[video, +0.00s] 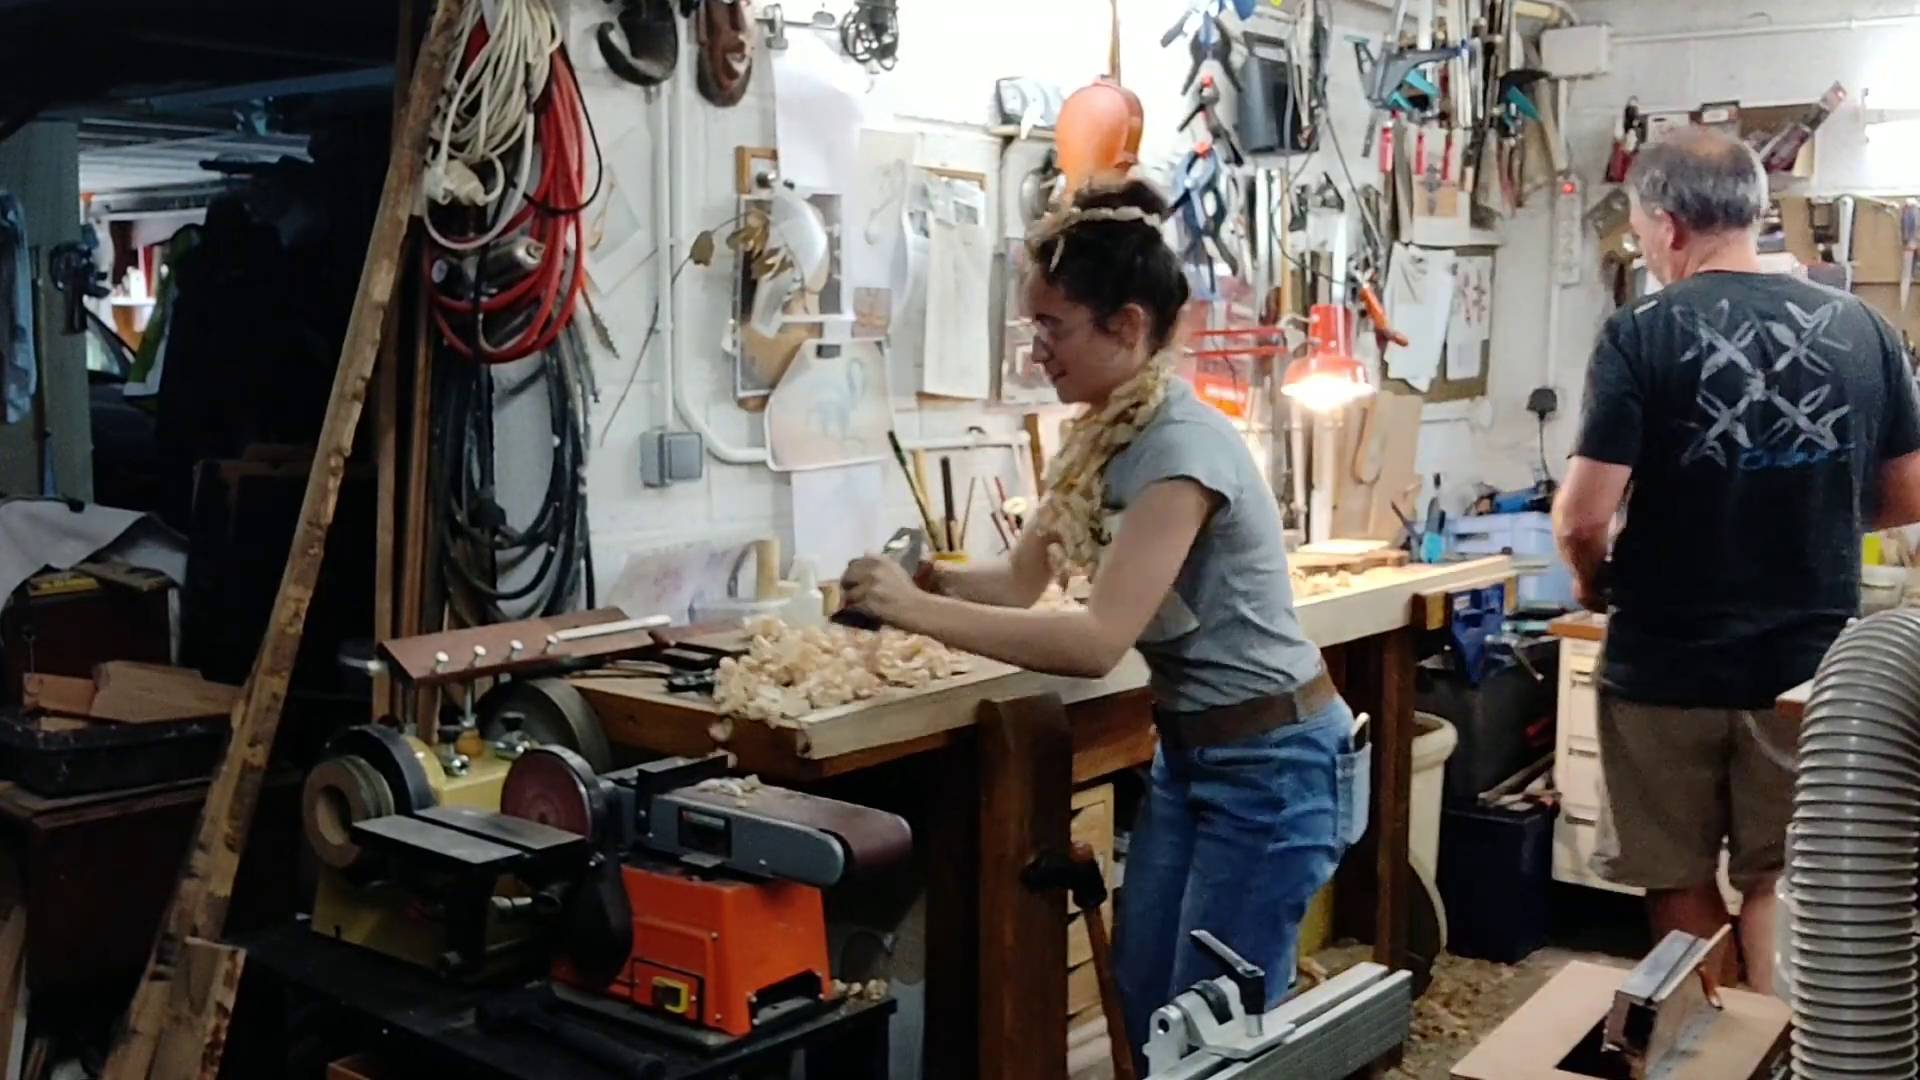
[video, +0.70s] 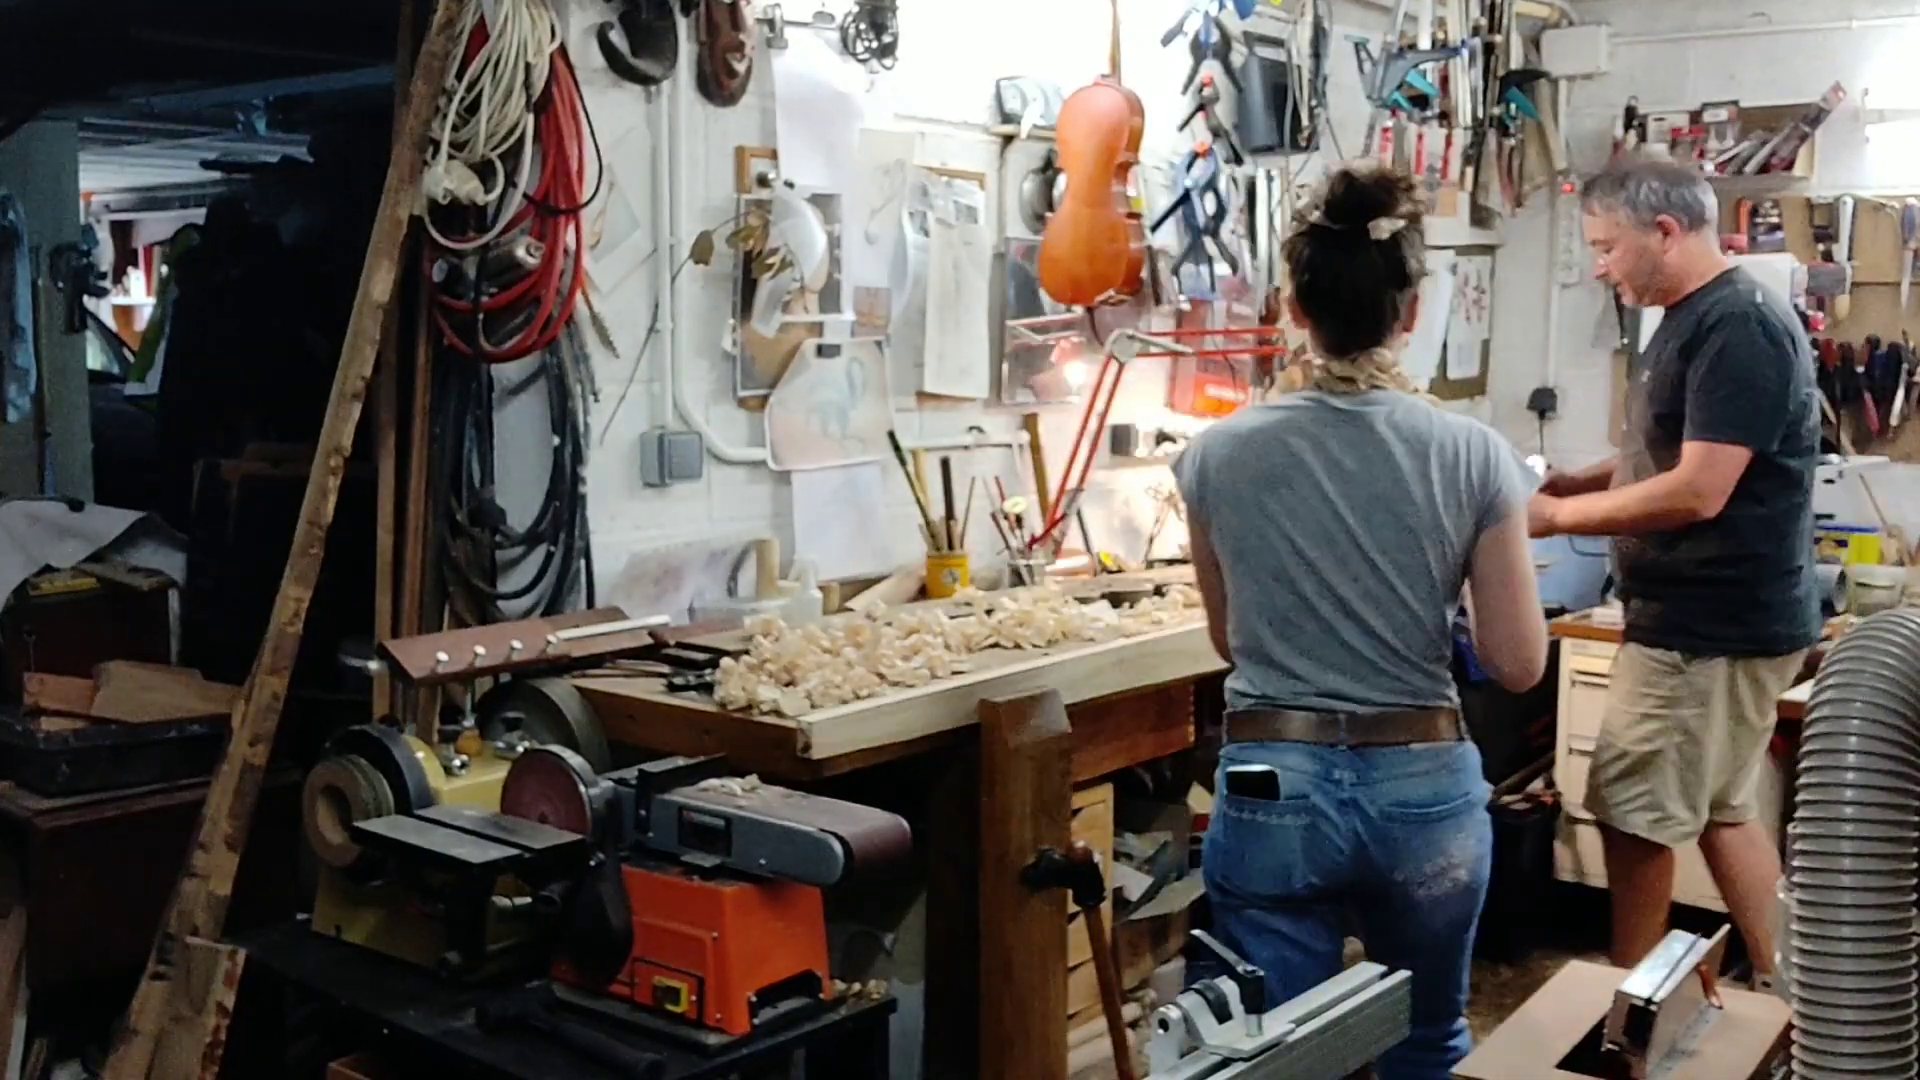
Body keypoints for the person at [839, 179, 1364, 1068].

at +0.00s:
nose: (1035, 350)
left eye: (1051, 328)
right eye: (1032, 328)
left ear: (1128, 326)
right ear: (1111, 329)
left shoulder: (1182, 446)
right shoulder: (1099, 444)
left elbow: (1096, 642)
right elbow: (1019, 583)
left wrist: (918, 608)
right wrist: (921, 582)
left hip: (1273, 763)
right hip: (1185, 757)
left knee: (1210, 1029)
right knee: (1139, 1007)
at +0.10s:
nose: (1058, 329)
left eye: (1070, 309)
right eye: (1058, 307)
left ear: (1138, 311)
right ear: (1139, 313)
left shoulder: (1201, 441)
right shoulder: (1162, 426)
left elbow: (1143, 659)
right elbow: (1127, 584)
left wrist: (978, 591)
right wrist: (1008, 563)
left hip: (1263, 766)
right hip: (1214, 758)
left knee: (1223, 1030)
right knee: (1144, 997)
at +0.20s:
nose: (1092, 330)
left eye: (1096, 307)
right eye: (1090, 308)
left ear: (1142, 312)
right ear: (1211, 309)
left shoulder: (1199, 448)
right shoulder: (1255, 412)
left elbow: (1163, 680)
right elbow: (1234, 601)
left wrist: (1011, 594)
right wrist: (1098, 565)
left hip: (1262, 795)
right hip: (1315, 767)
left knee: (1199, 1046)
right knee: (1162, 1005)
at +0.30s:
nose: (1137, 322)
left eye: (1138, 302)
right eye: (1135, 301)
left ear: (1162, 309)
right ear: (1259, 307)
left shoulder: (1185, 460)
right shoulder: (1324, 434)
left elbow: (1167, 680)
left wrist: (1042, 589)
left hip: (1266, 797)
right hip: (1369, 771)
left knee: (1213, 1044)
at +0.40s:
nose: (1172, 304)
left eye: (1173, 285)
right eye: (1171, 285)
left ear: (1190, 295)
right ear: (1302, 295)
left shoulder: (1174, 449)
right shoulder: (1381, 426)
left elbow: (1157, 668)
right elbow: (1425, 618)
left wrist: (1080, 567)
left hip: (1262, 792)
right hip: (1391, 774)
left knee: (1229, 1047)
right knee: (1287, 1022)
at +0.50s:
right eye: (1351, 284)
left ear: (1228, 299)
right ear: (1349, 299)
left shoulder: (1172, 451)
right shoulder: (1422, 437)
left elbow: (1156, 653)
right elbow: (1473, 638)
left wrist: (1224, 574)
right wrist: (1391, 605)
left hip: (1255, 795)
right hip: (1402, 782)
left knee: (1245, 1051)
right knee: (1364, 1037)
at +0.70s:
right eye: (1415, 302)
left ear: (1294, 312)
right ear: (1410, 313)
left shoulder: (1216, 456)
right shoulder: (1474, 455)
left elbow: (1229, 639)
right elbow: (1519, 664)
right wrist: (1461, 586)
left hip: (1268, 781)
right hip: (1428, 780)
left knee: (1273, 1049)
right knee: (1427, 1036)